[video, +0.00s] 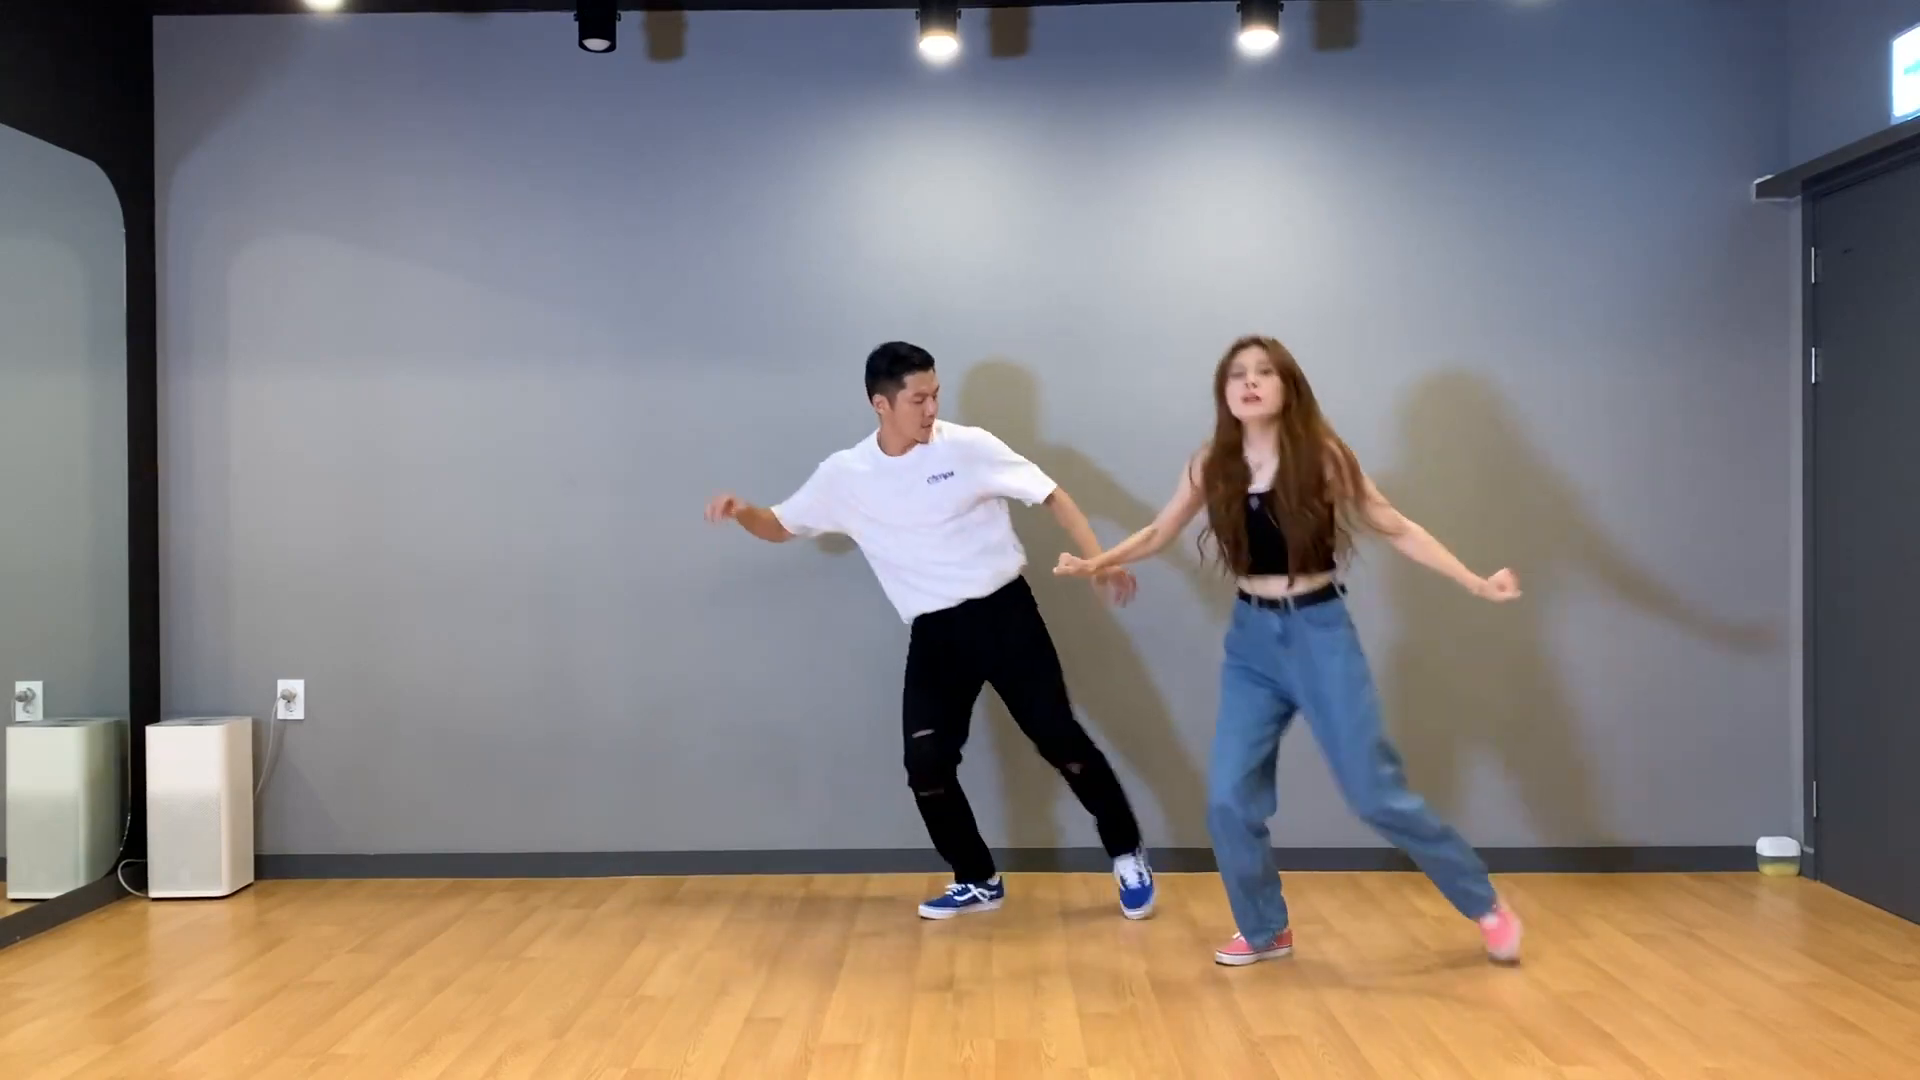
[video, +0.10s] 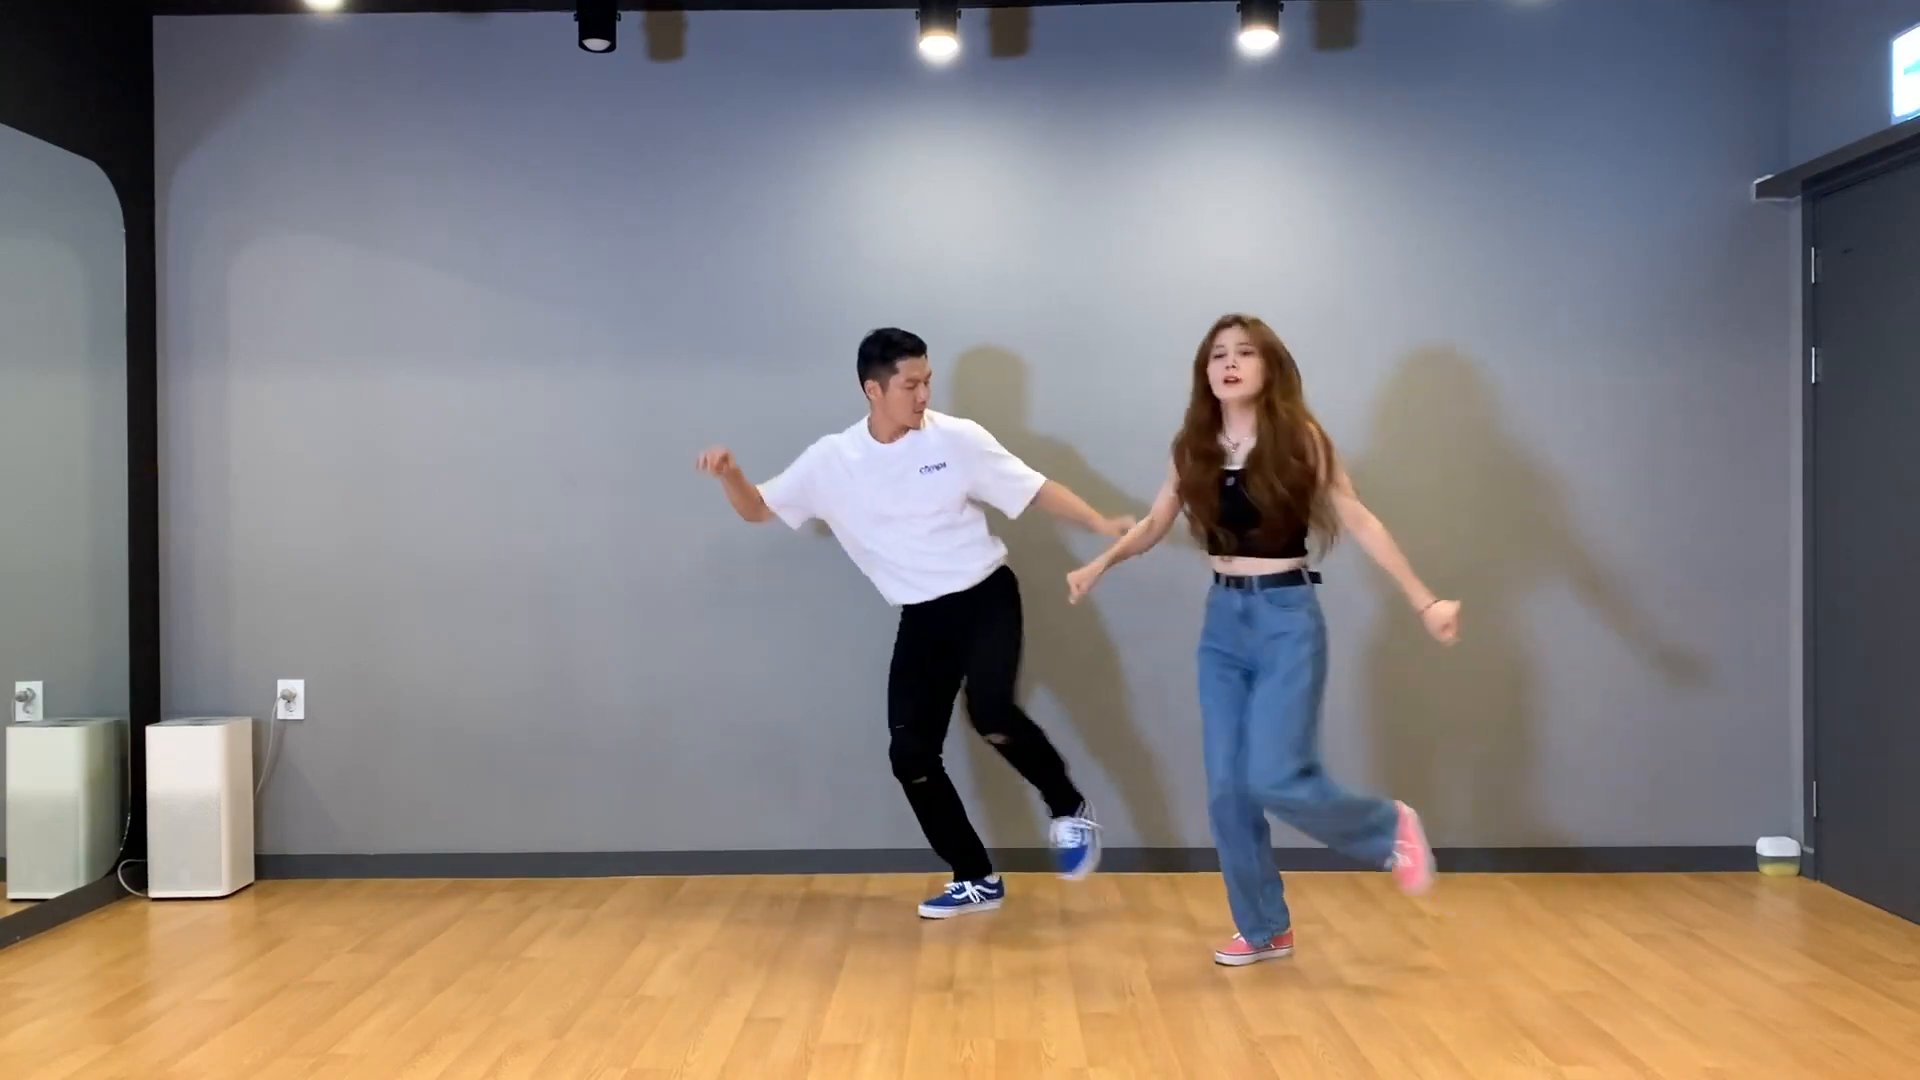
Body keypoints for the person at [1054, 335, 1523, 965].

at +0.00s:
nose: (1250, 384)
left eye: (1263, 374)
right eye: (1238, 376)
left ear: (1288, 387)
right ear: (1224, 393)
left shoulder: (1323, 456)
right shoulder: (1210, 464)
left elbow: (1397, 529)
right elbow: (1156, 536)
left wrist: (1476, 583)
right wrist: (1093, 563)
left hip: (1320, 634)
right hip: (1251, 637)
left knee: (1374, 795)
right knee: (1229, 799)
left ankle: (1483, 903)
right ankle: (1265, 930)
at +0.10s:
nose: (1229, 364)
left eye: (1243, 354)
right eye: (1219, 356)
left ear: (1271, 368)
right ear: (1205, 373)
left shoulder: (1300, 440)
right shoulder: (1194, 448)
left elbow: (1359, 522)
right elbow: (1154, 525)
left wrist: (1425, 600)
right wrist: (1099, 564)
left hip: (1288, 619)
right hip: (1223, 619)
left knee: (1274, 779)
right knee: (1227, 784)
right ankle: (1264, 928)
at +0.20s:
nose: (1208, 362)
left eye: (1222, 351)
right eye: (1199, 353)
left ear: (1252, 359)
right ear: (1188, 365)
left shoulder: (1281, 431)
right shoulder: (1185, 433)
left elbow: (1320, 526)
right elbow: (1158, 519)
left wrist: (1365, 617)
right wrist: (1114, 578)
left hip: (1257, 612)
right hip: (1197, 610)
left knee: (1175, 743)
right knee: (1216, 772)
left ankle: (1288, 803)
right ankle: (1264, 926)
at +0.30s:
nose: (1187, 363)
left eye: (1201, 350)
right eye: (1179, 352)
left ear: (1233, 358)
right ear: (1170, 361)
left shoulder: (1257, 429)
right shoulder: (1170, 430)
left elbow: (1293, 523)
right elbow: (1148, 527)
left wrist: (1336, 615)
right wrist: (1105, 601)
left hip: (1224, 610)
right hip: (1173, 607)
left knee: (1129, 735)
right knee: (1209, 772)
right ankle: (1262, 918)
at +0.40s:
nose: (1165, 384)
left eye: (1179, 372)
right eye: (1159, 373)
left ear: (1215, 379)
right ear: (1153, 382)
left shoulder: (1238, 453)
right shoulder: (1149, 450)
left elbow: (1294, 541)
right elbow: (1112, 544)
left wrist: (1356, 626)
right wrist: (1065, 627)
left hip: (1185, 625)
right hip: (1144, 623)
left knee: (1120, 770)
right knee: (1198, 784)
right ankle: (1270, 925)